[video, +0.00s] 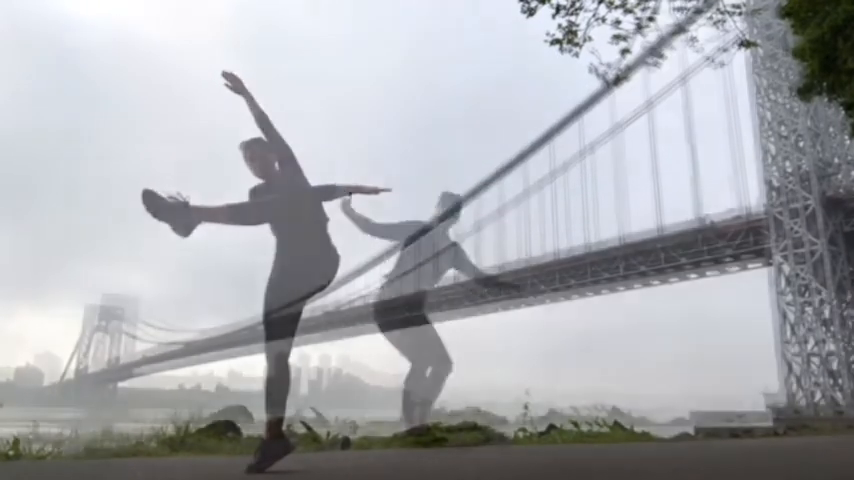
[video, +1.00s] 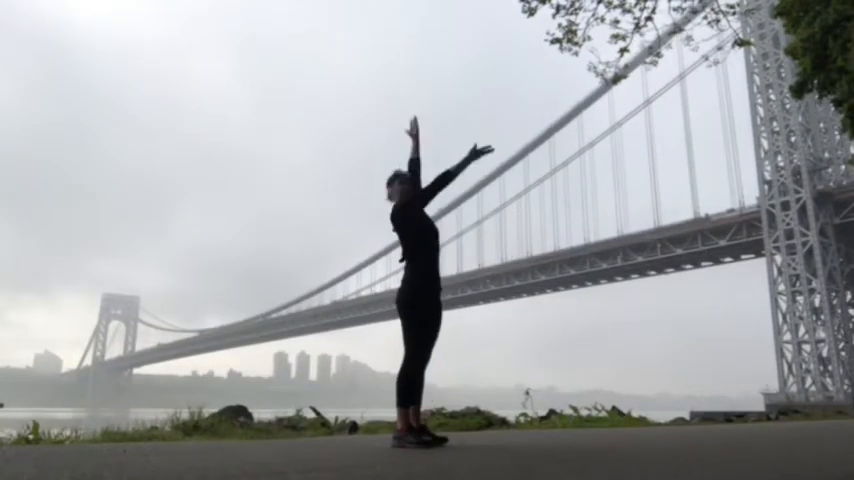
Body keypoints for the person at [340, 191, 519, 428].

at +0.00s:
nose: (451, 218)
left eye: (455, 213)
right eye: (449, 212)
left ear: (455, 218)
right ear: (441, 210)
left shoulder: (451, 250)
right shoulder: (417, 229)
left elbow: (479, 276)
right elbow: (373, 228)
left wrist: (516, 290)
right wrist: (347, 209)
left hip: (411, 309)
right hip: (391, 307)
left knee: (442, 364)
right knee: (422, 362)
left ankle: (417, 422)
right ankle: (415, 423)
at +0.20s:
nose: (452, 215)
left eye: (457, 212)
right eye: (450, 209)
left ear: (459, 218)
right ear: (443, 211)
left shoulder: (453, 253)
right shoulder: (422, 226)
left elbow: (491, 272)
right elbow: (384, 200)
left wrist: (526, 280)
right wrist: (359, 174)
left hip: (413, 308)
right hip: (395, 306)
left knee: (439, 365)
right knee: (421, 361)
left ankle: (417, 424)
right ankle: (409, 426)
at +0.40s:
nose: (452, 207)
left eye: (458, 205)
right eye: (451, 201)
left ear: (461, 213)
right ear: (442, 203)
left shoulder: (452, 240)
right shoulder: (424, 217)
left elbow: (489, 226)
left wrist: (497, 192)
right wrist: (463, 158)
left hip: (415, 301)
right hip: (393, 296)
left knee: (434, 360)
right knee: (416, 356)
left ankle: (418, 423)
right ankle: (403, 426)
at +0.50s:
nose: (461, 248)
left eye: (467, 248)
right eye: (460, 242)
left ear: (468, 256)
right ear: (451, 241)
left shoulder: (453, 279)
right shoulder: (432, 250)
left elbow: (495, 273)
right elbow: (451, 206)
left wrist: (487, 238)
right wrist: (479, 225)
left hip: (402, 328)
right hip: (381, 321)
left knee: (447, 370)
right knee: (427, 366)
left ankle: (419, 426)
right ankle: (405, 429)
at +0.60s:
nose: (462, 279)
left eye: (468, 281)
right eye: (463, 273)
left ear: (469, 287)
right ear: (457, 269)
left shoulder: (453, 305)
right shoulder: (434, 276)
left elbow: (496, 298)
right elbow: (467, 240)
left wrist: (508, 262)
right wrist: (504, 251)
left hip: (400, 350)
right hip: (378, 344)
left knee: (452, 374)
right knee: (433, 373)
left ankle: (419, 427)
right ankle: (405, 430)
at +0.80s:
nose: (448, 220)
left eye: (453, 220)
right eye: (447, 214)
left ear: (453, 227)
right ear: (436, 212)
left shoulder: (443, 247)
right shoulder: (414, 226)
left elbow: (476, 230)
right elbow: (421, 184)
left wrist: (503, 203)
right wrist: (442, 151)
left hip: (418, 311)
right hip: (394, 308)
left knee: (449, 369)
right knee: (426, 365)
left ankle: (418, 425)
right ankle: (404, 429)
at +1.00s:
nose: (404, 188)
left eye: (405, 183)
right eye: (400, 184)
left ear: (406, 187)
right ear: (393, 190)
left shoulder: (412, 209)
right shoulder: (403, 211)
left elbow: (436, 182)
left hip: (427, 293)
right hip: (415, 293)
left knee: (420, 361)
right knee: (413, 360)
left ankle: (416, 424)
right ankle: (403, 428)